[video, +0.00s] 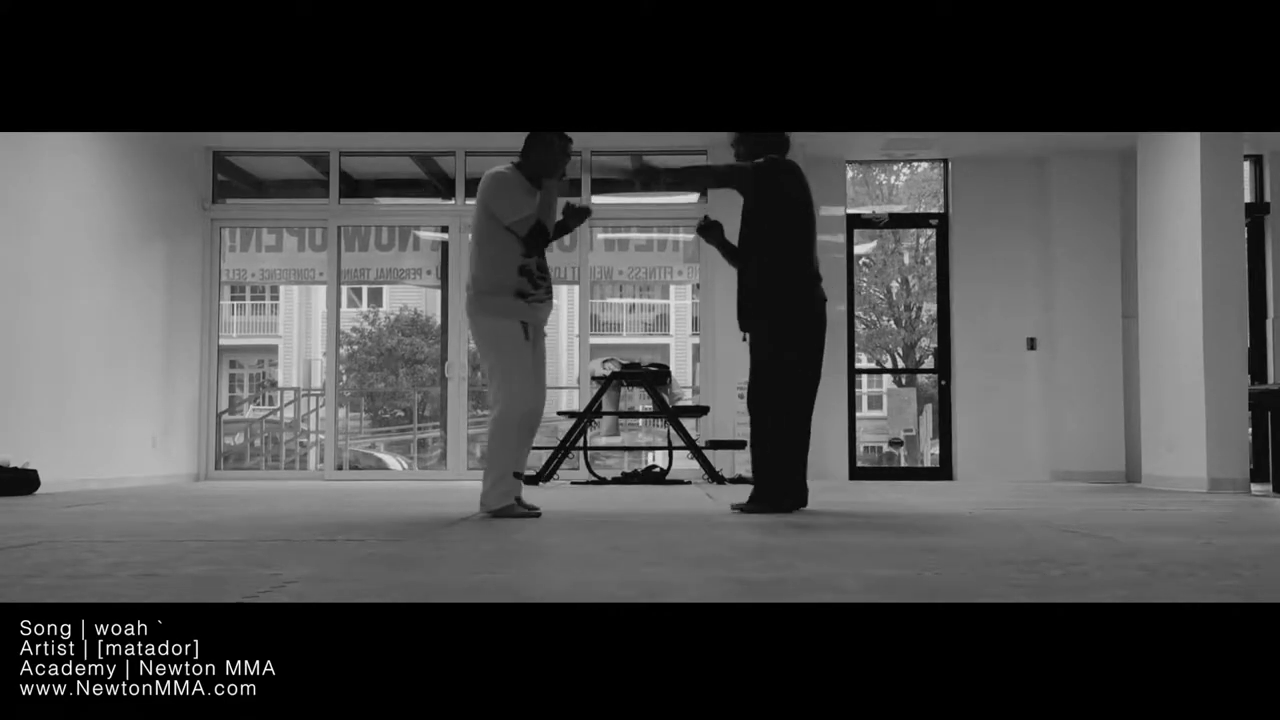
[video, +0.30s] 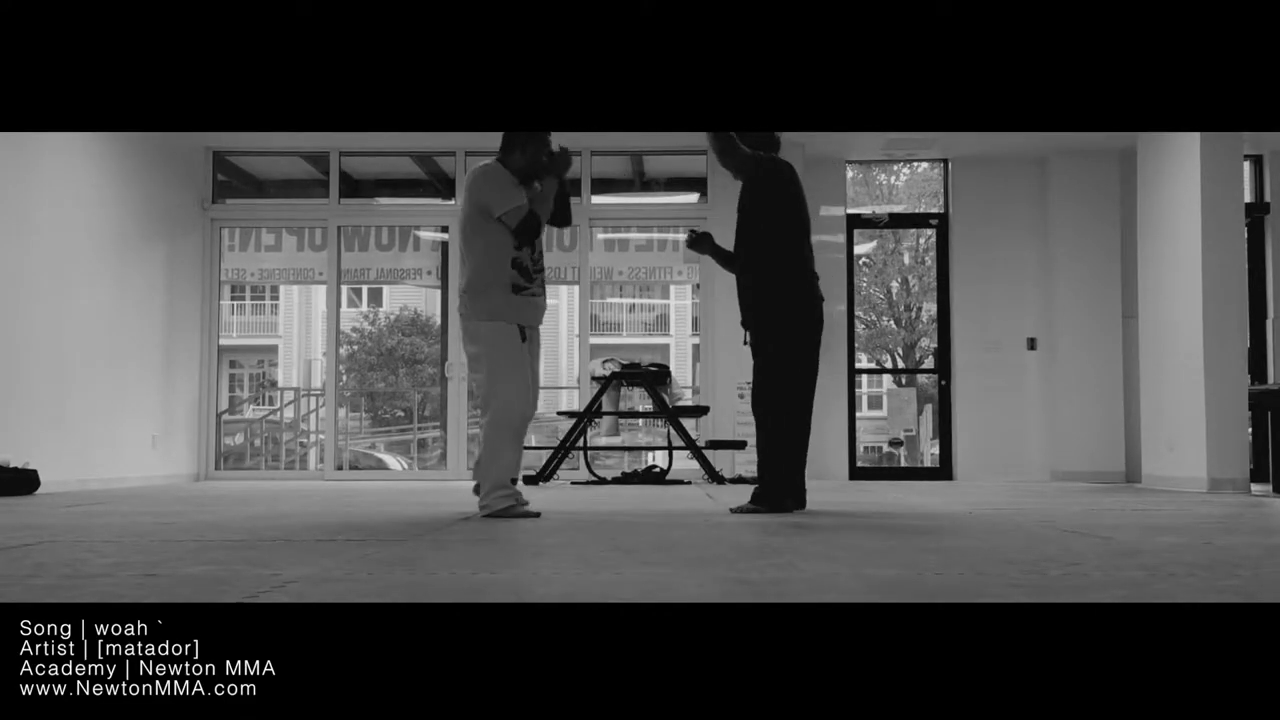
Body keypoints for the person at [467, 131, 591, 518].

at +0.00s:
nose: (564, 166)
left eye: (566, 160)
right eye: (562, 157)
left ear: (542, 153)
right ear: (542, 152)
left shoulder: (534, 191)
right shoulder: (500, 180)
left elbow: (536, 241)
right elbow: (533, 239)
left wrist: (564, 224)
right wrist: (552, 194)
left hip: (525, 315)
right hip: (499, 313)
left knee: (531, 403)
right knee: (515, 401)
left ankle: (507, 493)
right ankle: (496, 499)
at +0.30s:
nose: (545, 160)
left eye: (547, 152)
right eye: (541, 150)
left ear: (519, 150)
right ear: (521, 148)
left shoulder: (519, 185)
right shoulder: (489, 176)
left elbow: (561, 218)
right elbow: (525, 230)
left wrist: (558, 177)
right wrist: (549, 183)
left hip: (518, 316)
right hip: (494, 315)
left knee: (521, 404)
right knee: (507, 403)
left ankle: (498, 487)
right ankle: (496, 497)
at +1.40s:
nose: (548, 218)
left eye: (549, 212)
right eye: (547, 213)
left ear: (519, 201)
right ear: (534, 207)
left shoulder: (501, 226)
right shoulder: (501, 225)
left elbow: (529, 272)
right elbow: (545, 268)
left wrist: (557, 265)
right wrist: (547, 217)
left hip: (492, 339)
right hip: (489, 339)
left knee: (514, 415)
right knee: (533, 408)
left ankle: (484, 490)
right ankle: (515, 497)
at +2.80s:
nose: (510, 175)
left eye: (511, 169)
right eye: (508, 168)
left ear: (478, 162)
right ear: (493, 164)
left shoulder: (481, 200)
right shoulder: (472, 185)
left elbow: (520, 241)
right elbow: (466, 227)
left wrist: (523, 196)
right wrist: (514, 241)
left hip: (472, 315)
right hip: (464, 314)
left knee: (473, 402)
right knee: (478, 401)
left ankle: (463, 490)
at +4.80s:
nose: (579, 223)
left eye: (584, 217)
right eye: (574, 216)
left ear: (590, 216)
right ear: (560, 211)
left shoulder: (593, 244)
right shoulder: (539, 236)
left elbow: (603, 272)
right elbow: (512, 276)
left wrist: (595, 226)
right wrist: (557, 276)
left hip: (580, 351)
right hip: (535, 351)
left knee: (604, 416)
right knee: (505, 418)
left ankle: (611, 488)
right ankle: (469, 482)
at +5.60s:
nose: (468, 221)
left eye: (474, 214)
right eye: (465, 215)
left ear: (493, 211)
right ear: (466, 217)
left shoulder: (517, 231)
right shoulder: (491, 250)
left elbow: (515, 271)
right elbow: (474, 291)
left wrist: (481, 243)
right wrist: (460, 250)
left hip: (547, 338)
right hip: (512, 350)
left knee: (551, 414)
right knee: (492, 410)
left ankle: (611, 479)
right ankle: (498, 491)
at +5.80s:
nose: (521, 221)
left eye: (522, 215)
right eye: (515, 215)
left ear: (522, 218)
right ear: (496, 220)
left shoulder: (543, 244)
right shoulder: (480, 252)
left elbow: (531, 271)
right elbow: (464, 297)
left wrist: (513, 240)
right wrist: (500, 293)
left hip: (553, 346)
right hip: (508, 354)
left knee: (553, 410)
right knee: (480, 418)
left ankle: (571, 491)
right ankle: (495, 491)